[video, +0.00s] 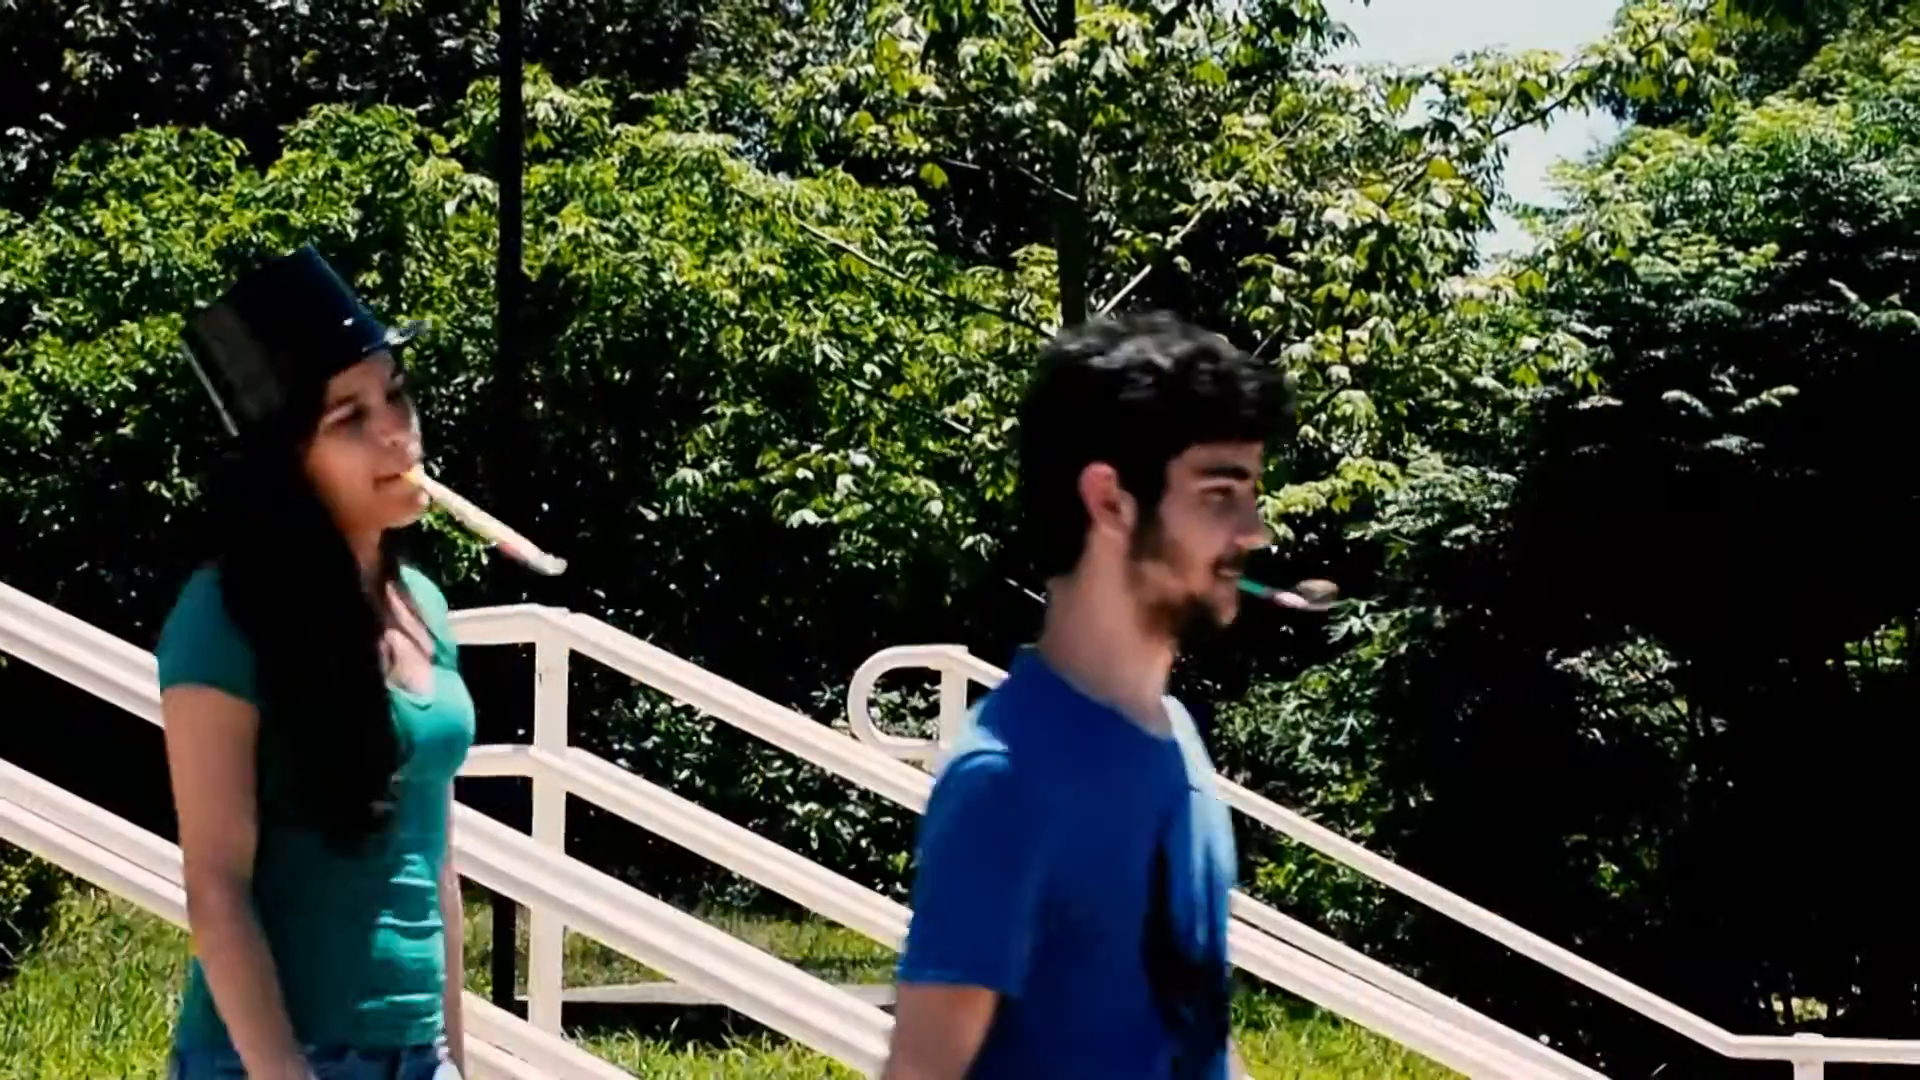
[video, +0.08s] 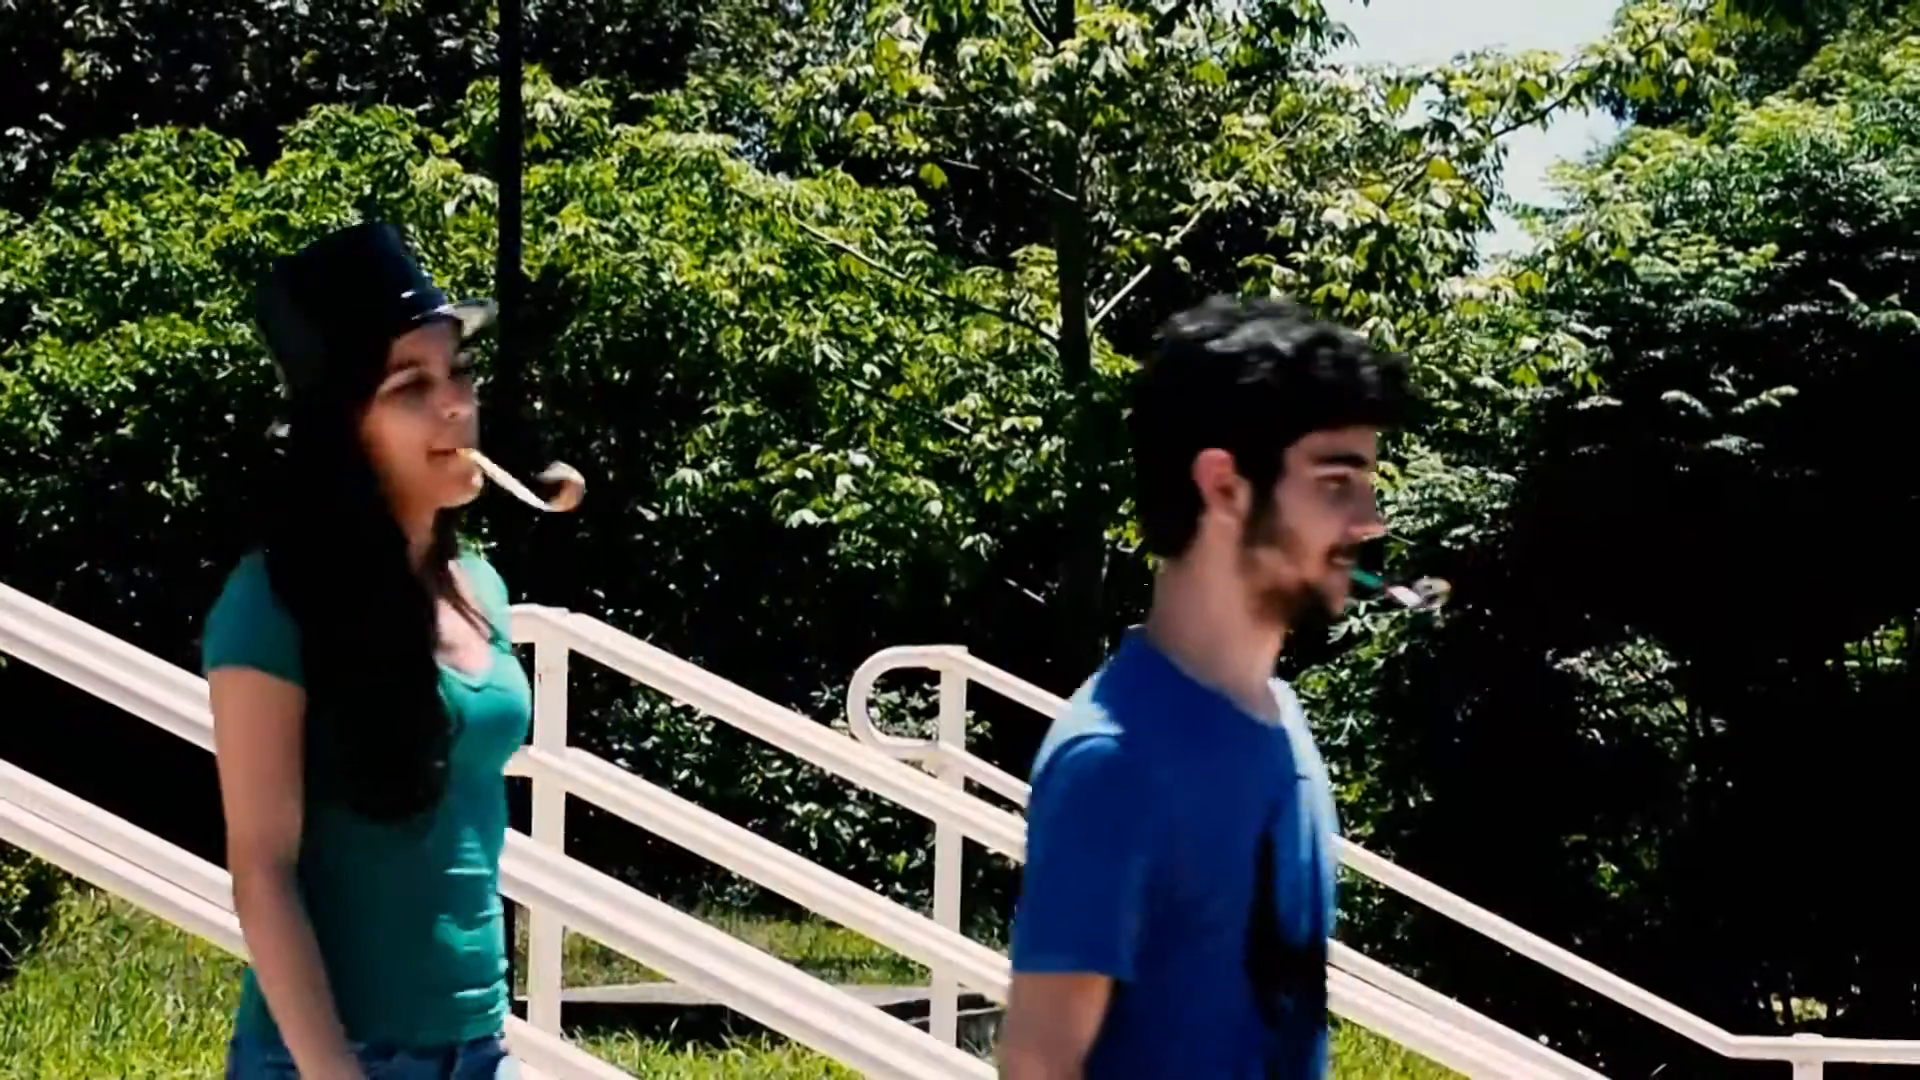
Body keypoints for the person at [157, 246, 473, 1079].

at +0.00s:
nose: (394, 435)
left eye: (395, 398)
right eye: (348, 419)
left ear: (412, 401)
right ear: (282, 457)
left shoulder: (420, 601)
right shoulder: (221, 619)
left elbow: (437, 864)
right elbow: (215, 884)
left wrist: (450, 1050)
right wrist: (279, 1068)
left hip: (415, 1047)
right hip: (277, 1047)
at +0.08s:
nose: (454, 407)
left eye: (457, 373)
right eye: (410, 387)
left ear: (469, 380)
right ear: (338, 423)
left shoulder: (474, 584)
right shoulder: (270, 606)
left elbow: (462, 828)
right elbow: (262, 870)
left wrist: (482, 1025)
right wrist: (330, 1066)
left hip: (472, 1041)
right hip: (331, 1046)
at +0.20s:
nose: (563, 422)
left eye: (567, 394)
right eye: (522, 393)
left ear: (578, 408)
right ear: (438, 419)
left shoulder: (558, 607)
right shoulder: (346, 626)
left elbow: (545, 866)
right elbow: (336, 909)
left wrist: (581, 1052)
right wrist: (388, 1073)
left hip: (565, 1049)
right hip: (417, 1052)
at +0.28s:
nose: (647, 468)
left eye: (649, 444)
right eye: (608, 439)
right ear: (518, 461)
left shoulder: (624, 656)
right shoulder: (415, 682)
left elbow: (617, 908)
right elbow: (402, 970)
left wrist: (645, 1055)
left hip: (637, 1053)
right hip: (501, 1058)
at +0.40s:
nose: (764, 551)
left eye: (759, 523)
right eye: (728, 518)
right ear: (636, 538)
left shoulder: (717, 732)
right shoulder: (532, 769)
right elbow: (511, 1059)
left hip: (735, 1063)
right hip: (608, 1066)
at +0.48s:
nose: (847, 581)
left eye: (836, 551)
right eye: (811, 547)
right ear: (723, 567)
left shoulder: (782, 772)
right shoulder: (618, 798)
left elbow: (785, 1019)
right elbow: (584, 1069)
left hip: (796, 1067)